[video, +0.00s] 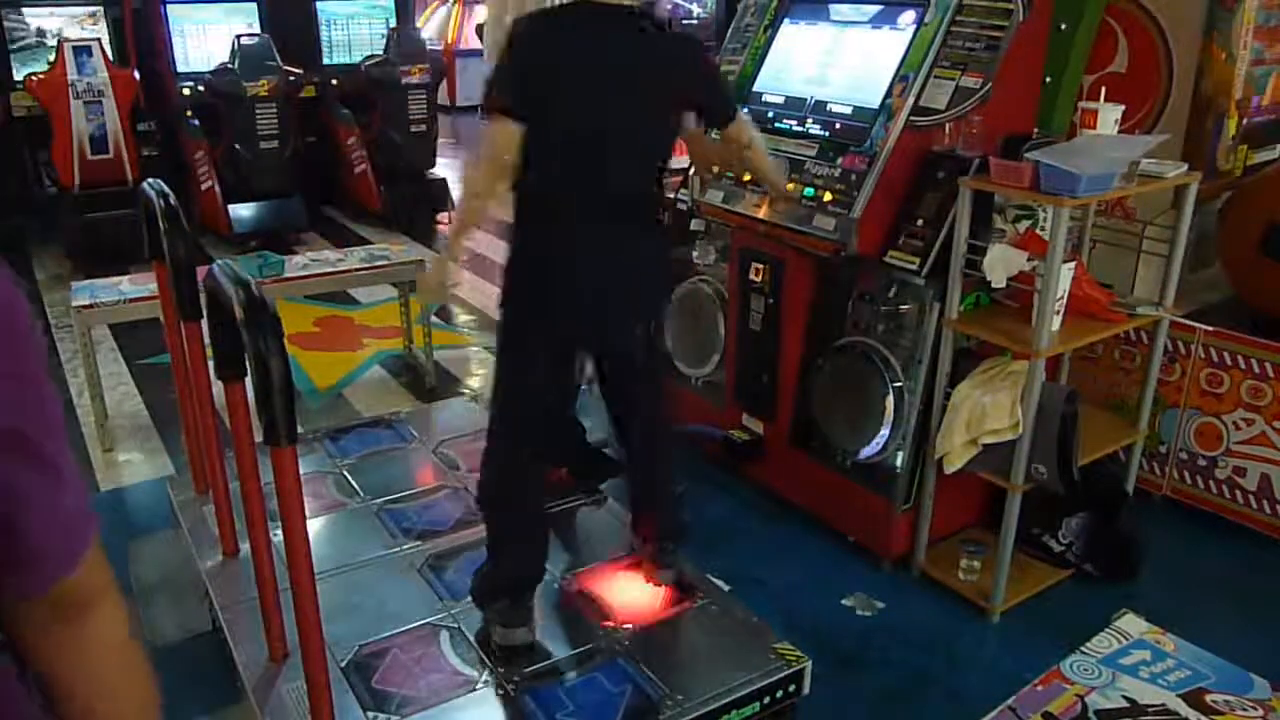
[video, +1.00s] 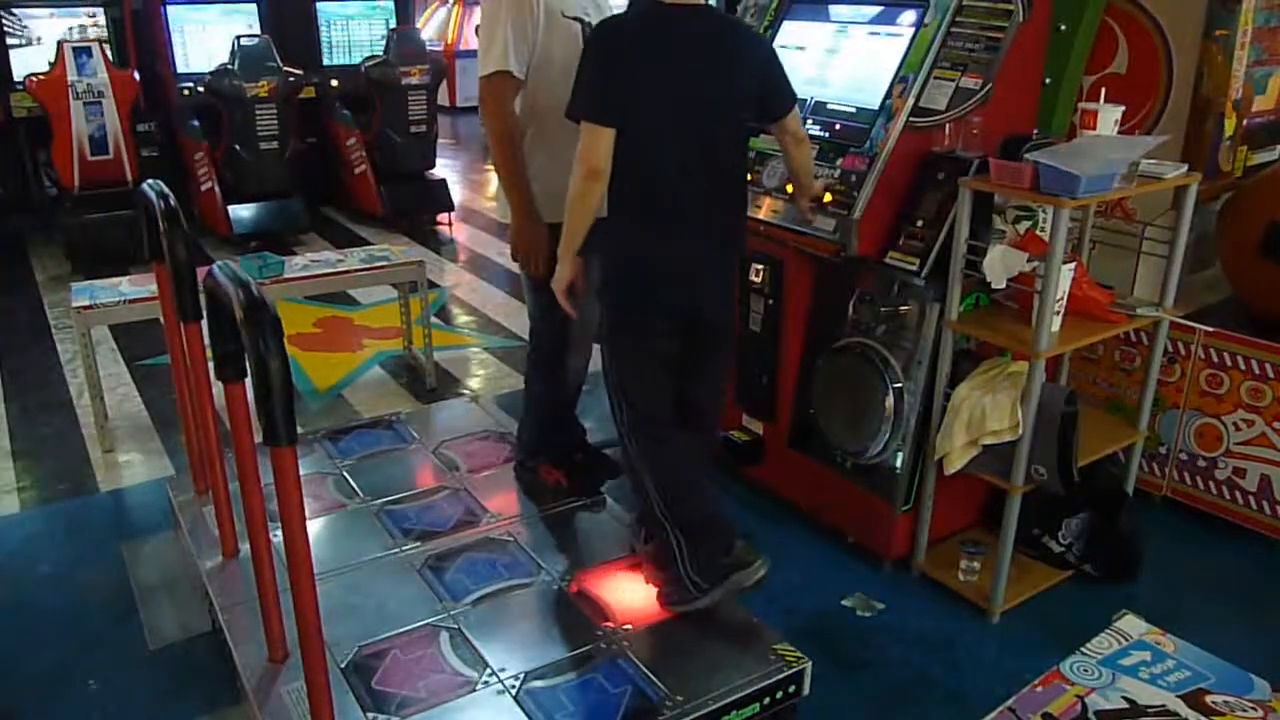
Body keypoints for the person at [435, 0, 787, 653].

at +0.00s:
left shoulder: (536, 35)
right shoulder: (675, 49)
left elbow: (498, 158)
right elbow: (742, 143)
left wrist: (450, 250)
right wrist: (777, 186)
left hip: (544, 269)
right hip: (634, 269)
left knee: (518, 431)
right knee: (643, 408)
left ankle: (510, 606)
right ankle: (660, 550)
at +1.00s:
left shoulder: (616, 37)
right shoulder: (747, 42)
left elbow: (593, 166)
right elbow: (795, 143)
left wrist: (569, 252)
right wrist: (807, 187)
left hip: (634, 255)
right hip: (713, 259)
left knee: (644, 411)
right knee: (696, 404)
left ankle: (718, 554)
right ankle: (660, 532)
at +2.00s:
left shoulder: (675, 48)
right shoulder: (778, 41)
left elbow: (670, 183)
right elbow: (814, 152)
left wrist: (636, 287)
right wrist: (809, 188)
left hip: (700, 269)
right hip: (765, 266)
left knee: (720, 425)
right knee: (705, 414)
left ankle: (755, 572)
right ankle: (664, 537)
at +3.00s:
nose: (593, 3)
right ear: (606, 4)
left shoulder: (693, 55)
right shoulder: (634, 54)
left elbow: (719, 195)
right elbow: (646, 182)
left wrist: (686, 317)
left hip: (686, 300)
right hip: (640, 293)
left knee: (706, 444)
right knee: (615, 427)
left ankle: (755, 567)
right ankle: (610, 549)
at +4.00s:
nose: (425, 4)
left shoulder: (570, 70)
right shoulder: (408, 45)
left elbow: (599, 216)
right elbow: (395, 166)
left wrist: (600, 346)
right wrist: (357, 267)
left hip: (531, 325)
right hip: (436, 319)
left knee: (514, 505)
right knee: (436, 481)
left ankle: (501, 661)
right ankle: (529, 541)